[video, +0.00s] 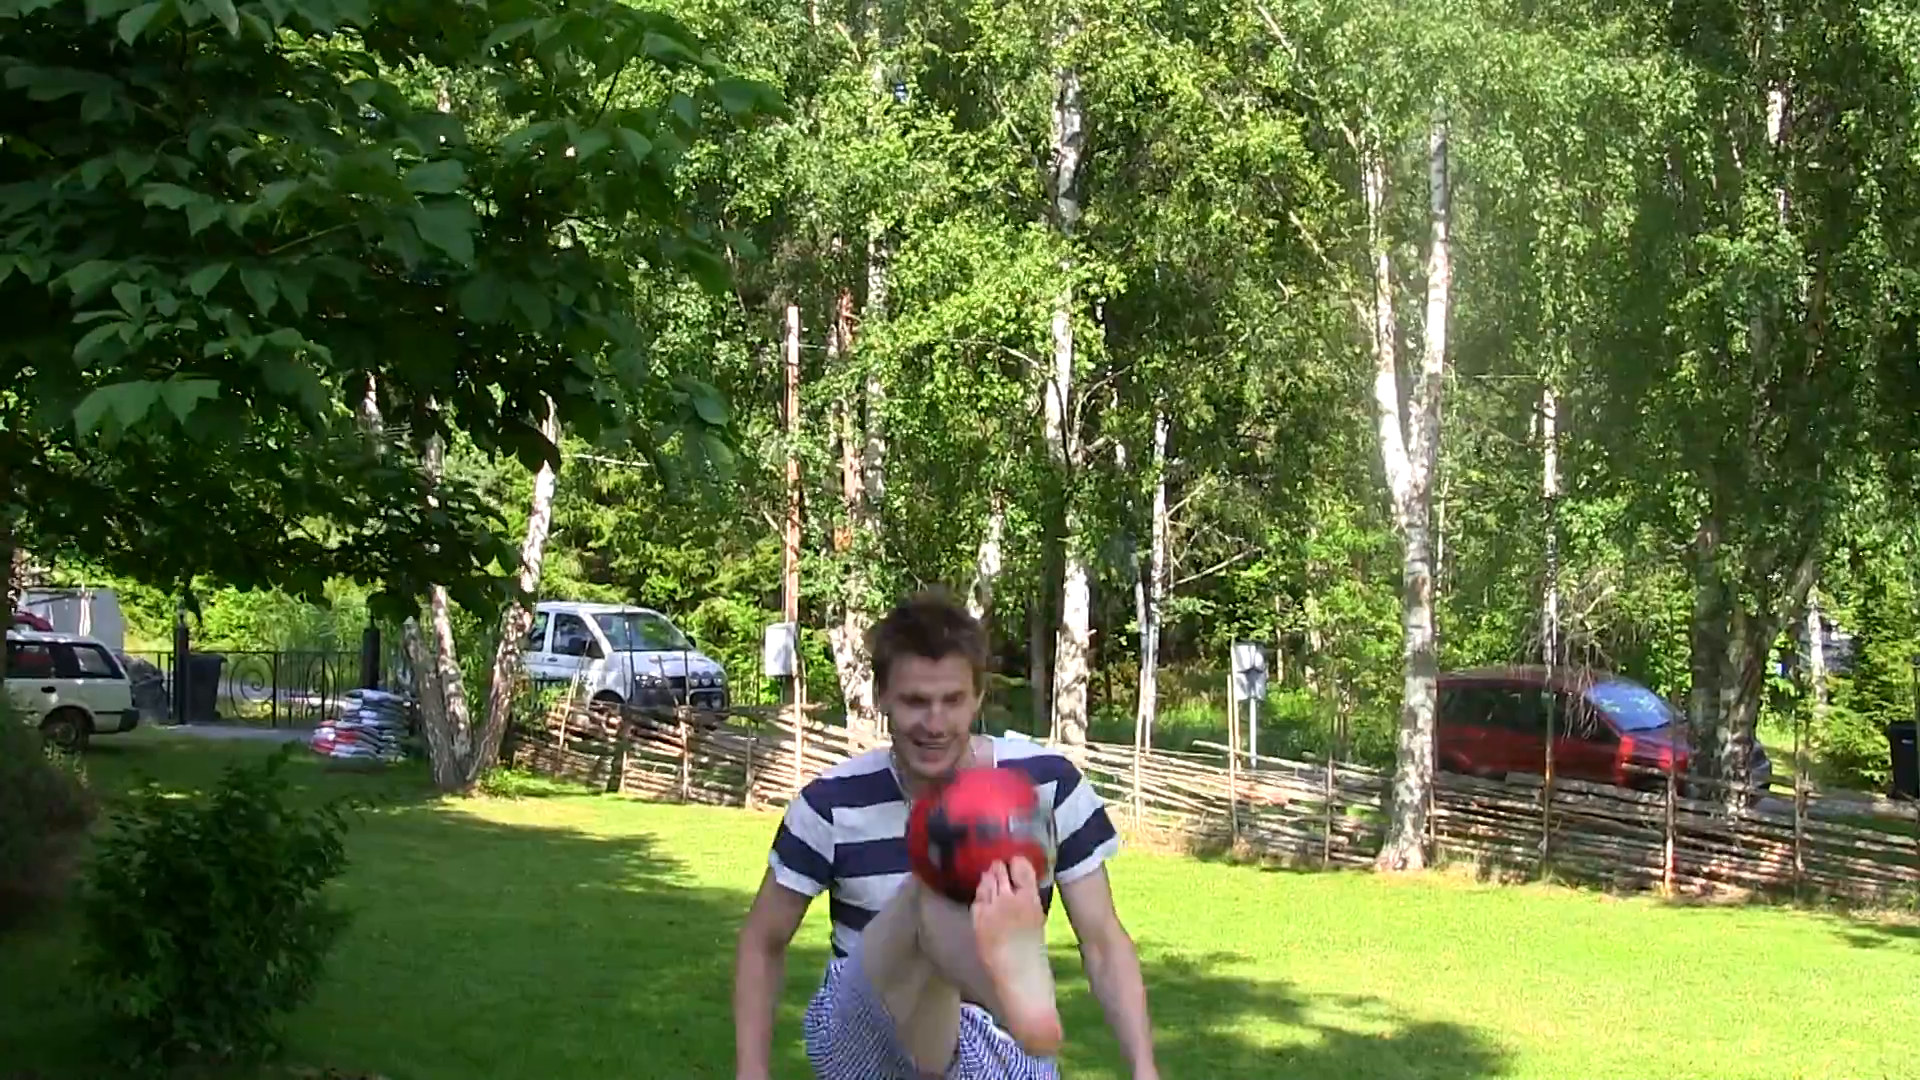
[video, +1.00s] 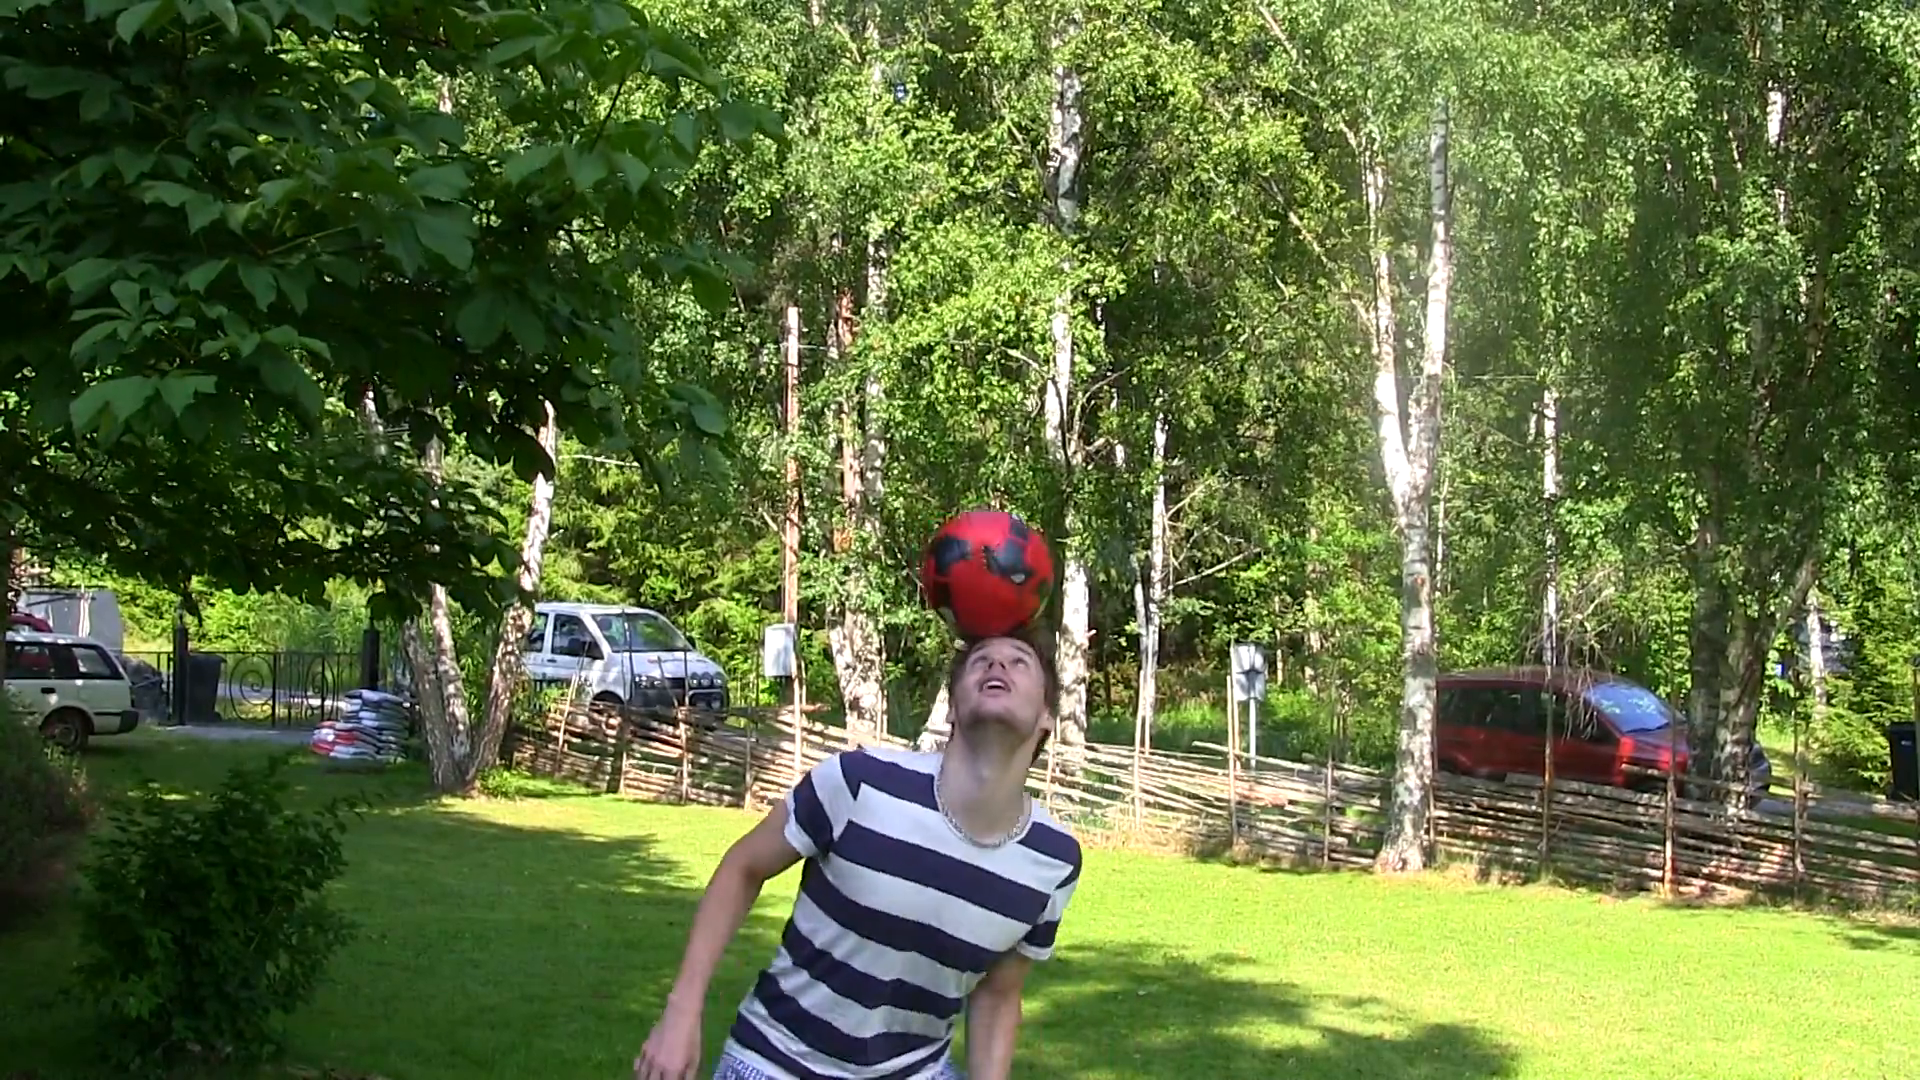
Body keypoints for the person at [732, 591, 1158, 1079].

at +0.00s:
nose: (935, 723)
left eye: (954, 700)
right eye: (914, 702)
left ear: (979, 697)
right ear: (881, 700)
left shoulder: (1048, 782)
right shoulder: (832, 803)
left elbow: (1105, 944)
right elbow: (764, 944)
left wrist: (1145, 1067)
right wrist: (753, 1071)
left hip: (1000, 1045)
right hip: (871, 1049)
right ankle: (1019, 988)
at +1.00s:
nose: (996, 663)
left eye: (1020, 661)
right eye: (978, 662)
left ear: (1046, 719)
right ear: (953, 708)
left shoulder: (1054, 861)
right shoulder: (859, 781)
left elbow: (998, 995)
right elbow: (742, 869)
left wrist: (989, 1077)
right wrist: (681, 1012)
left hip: (913, 1067)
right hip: (779, 1053)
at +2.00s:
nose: (808, 643)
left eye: (829, 620)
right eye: (787, 619)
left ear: (858, 630)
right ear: (754, 627)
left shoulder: (939, 739)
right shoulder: (704, 756)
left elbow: (984, 918)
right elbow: (669, 922)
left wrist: (958, 1059)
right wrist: (653, 1056)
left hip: (924, 1049)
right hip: (782, 1053)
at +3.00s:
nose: (889, 948)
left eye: (912, 918)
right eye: (862, 921)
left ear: (946, 868)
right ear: (822, 871)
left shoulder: (1045, 885)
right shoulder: (770, 857)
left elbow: (1112, 943)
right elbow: (708, 842)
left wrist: (1143, 1057)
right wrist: (699, 1020)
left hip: (1009, 1020)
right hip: (843, 1017)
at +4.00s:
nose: (904, 695)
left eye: (949, 659)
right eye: (882, 635)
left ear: (978, 651)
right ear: (801, 582)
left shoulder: (908, 738)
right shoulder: (581, 722)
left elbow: (847, 889)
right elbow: (336, 945)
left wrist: (872, 1068)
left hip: (766, 1071)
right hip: (534, 1072)